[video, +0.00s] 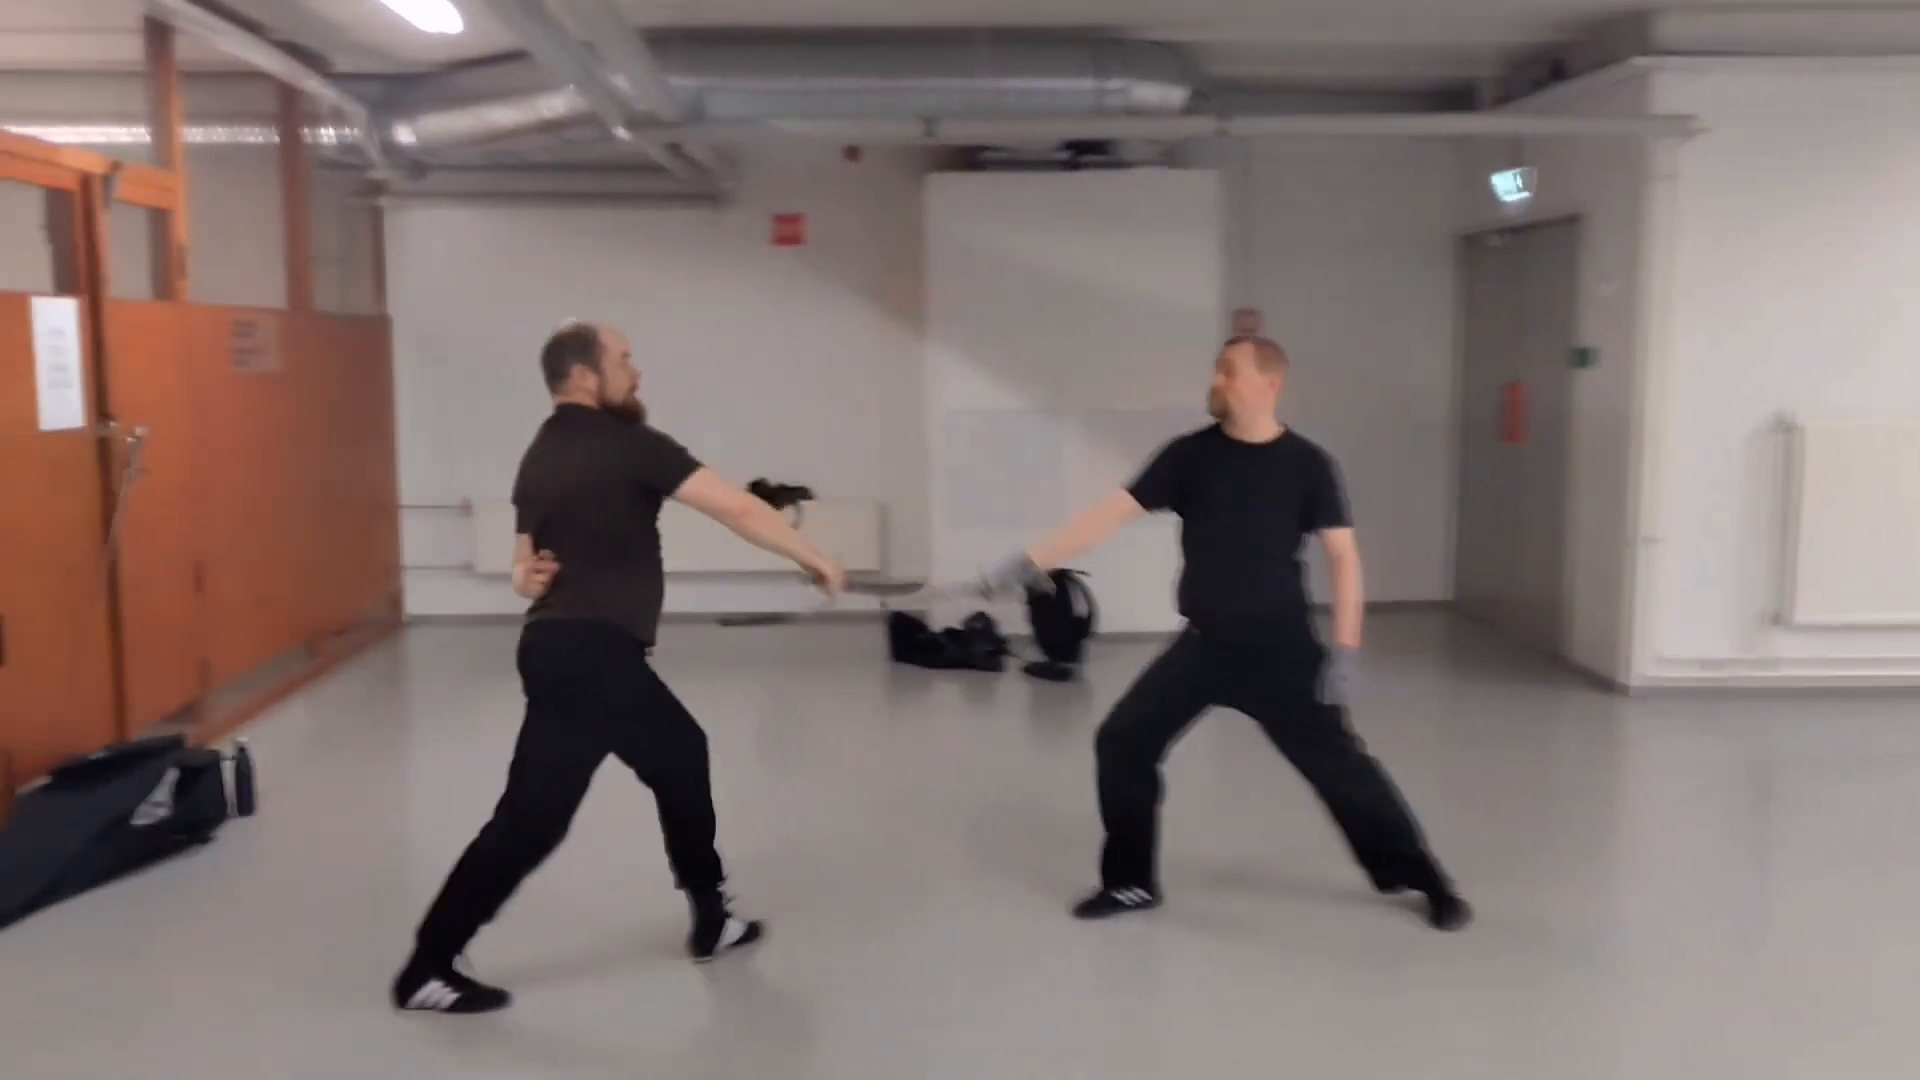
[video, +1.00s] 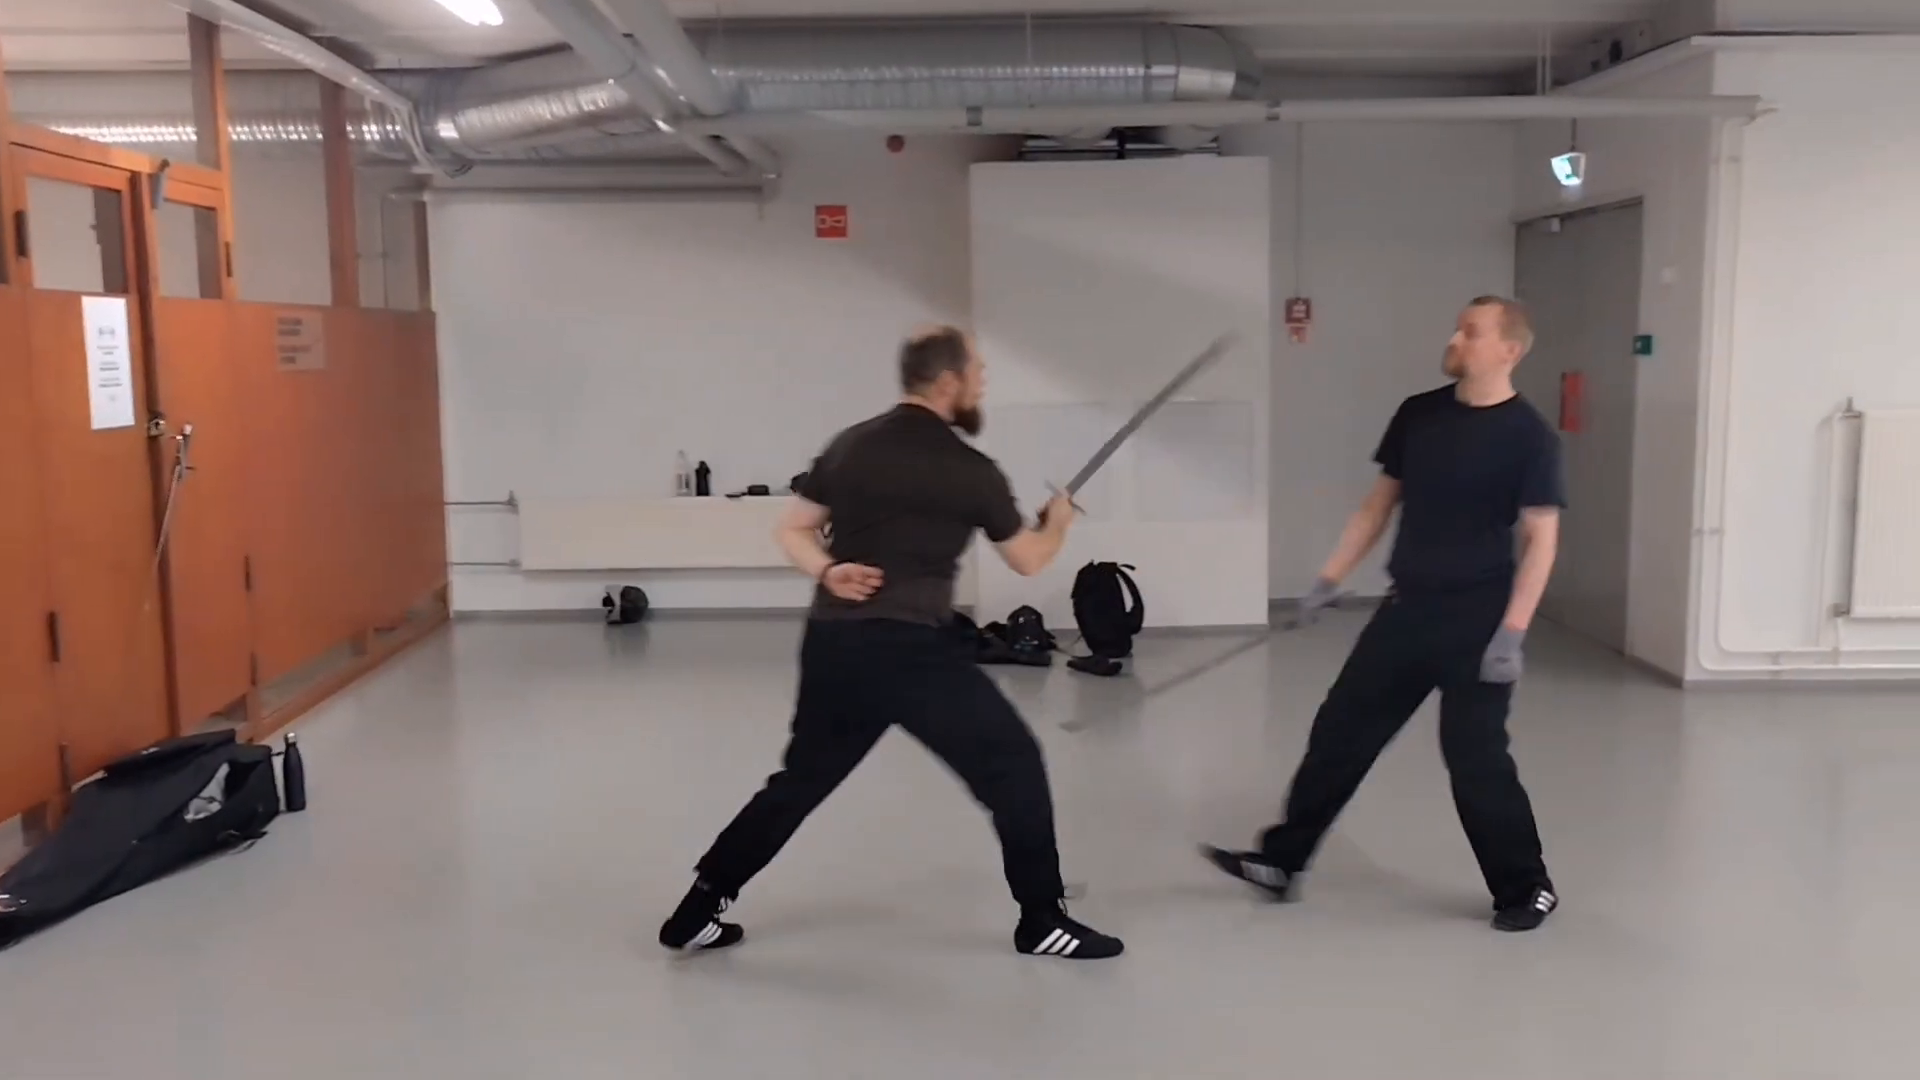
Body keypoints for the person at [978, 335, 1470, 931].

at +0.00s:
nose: (1218, 381)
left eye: (1232, 371)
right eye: (1217, 370)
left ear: (1272, 384)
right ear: (1218, 381)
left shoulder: (1307, 465)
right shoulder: (1190, 457)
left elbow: (1343, 559)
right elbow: (1107, 517)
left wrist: (1344, 654)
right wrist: (1028, 564)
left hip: (1283, 652)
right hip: (1205, 648)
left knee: (1341, 765)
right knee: (1122, 743)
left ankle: (1427, 881)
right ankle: (1131, 884)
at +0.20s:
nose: (1251, 397)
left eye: (1264, 386)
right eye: (1251, 387)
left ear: (1307, 398)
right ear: (1262, 399)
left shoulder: (1352, 478)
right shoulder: (1231, 476)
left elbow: (1396, 573)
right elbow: (1161, 547)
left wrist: (1406, 666)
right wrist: (1083, 611)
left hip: (1338, 664)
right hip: (1255, 662)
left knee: (1410, 774)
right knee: (1169, 744)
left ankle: (1510, 886)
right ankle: (1190, 886)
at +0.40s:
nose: (1294, 391)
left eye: (1309, 381)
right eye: (1295, 381)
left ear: (1350, 401)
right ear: (1298, 396)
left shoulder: (1385, 482)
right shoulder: (1263, 473)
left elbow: (1426, 576)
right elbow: (1198, 548)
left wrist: (1436, 668)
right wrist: (1122, 613)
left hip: (1361, 665)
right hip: (1277, 662)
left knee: (1434, 776)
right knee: (1190, 746)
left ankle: (1532, 882)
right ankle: (1212, 886)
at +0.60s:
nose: (1332, 378)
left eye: (1349, 371)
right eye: (1335, 368)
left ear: (1387, 390)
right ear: (1334, 385)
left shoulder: (1414, 474)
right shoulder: (1292, 457)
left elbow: (1446, 572)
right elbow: (1229, 537)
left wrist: (1452, 662)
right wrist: (1162, 604)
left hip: (1374, 656)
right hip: (1291, 651)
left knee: (1439, 772)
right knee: (1203, 740)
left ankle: (1533, 880)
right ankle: (1211, 880)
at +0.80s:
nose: (1380, 362)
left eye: (1398, 356)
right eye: (1383, 352)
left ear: (1436, 375)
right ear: (1382, 368)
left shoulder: (1457, 459)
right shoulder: (1341, 435)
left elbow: (1477, 559)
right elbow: (1281, 523)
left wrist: (1467, 653)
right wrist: (1219, 593)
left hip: (1405, 643)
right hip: (1327, 634)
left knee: (1425, 781)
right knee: (1249, 742)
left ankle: (1535, 872)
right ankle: (1203, 876)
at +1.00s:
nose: (1453, 340)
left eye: (1469, 332)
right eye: (1456, 329)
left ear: (1510, 350)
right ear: (1458, 341)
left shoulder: (1530, 435)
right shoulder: (1420, 414)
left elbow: (1540, 541)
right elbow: (1379, 504)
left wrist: (1511, 632)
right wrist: (1327, 581)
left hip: (1481, 618)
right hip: (1408, 610)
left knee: (1475, 756)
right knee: (1342, 729)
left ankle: (1526, 889)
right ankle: (1281, 860)